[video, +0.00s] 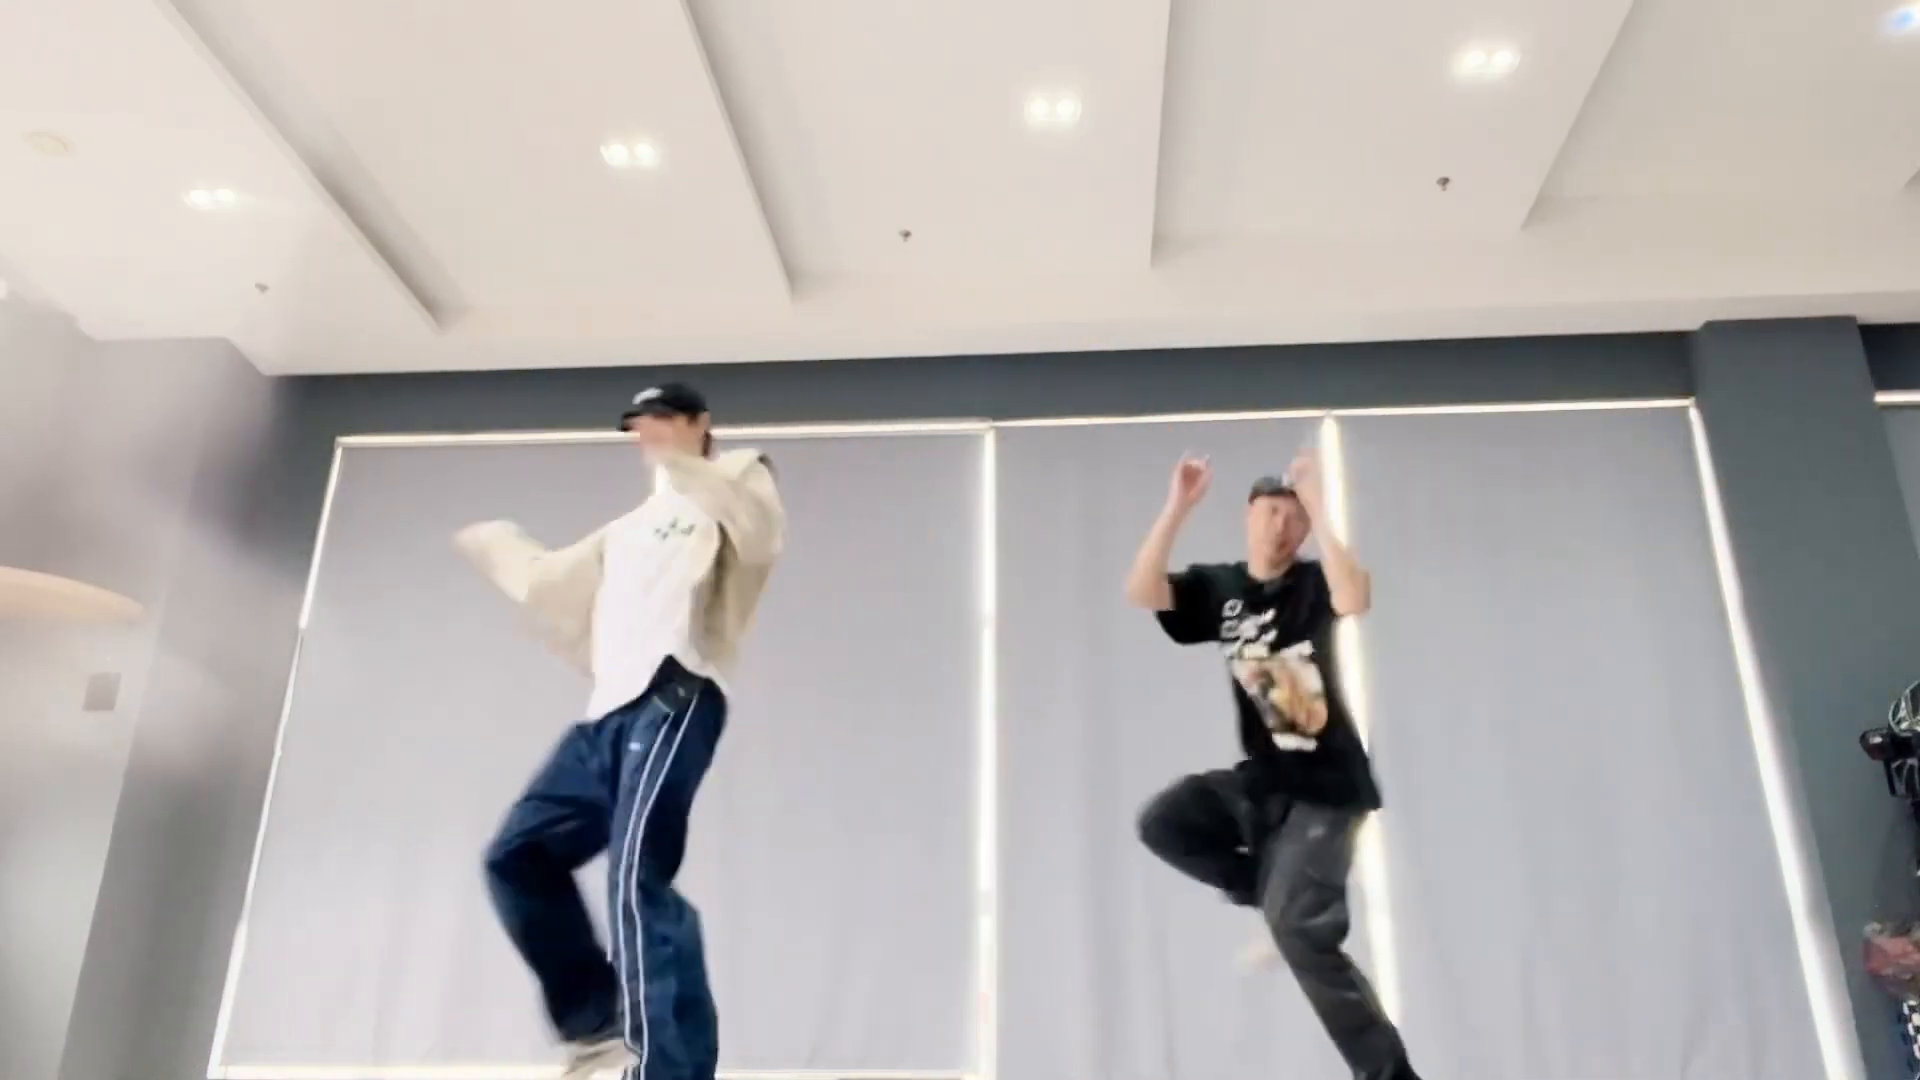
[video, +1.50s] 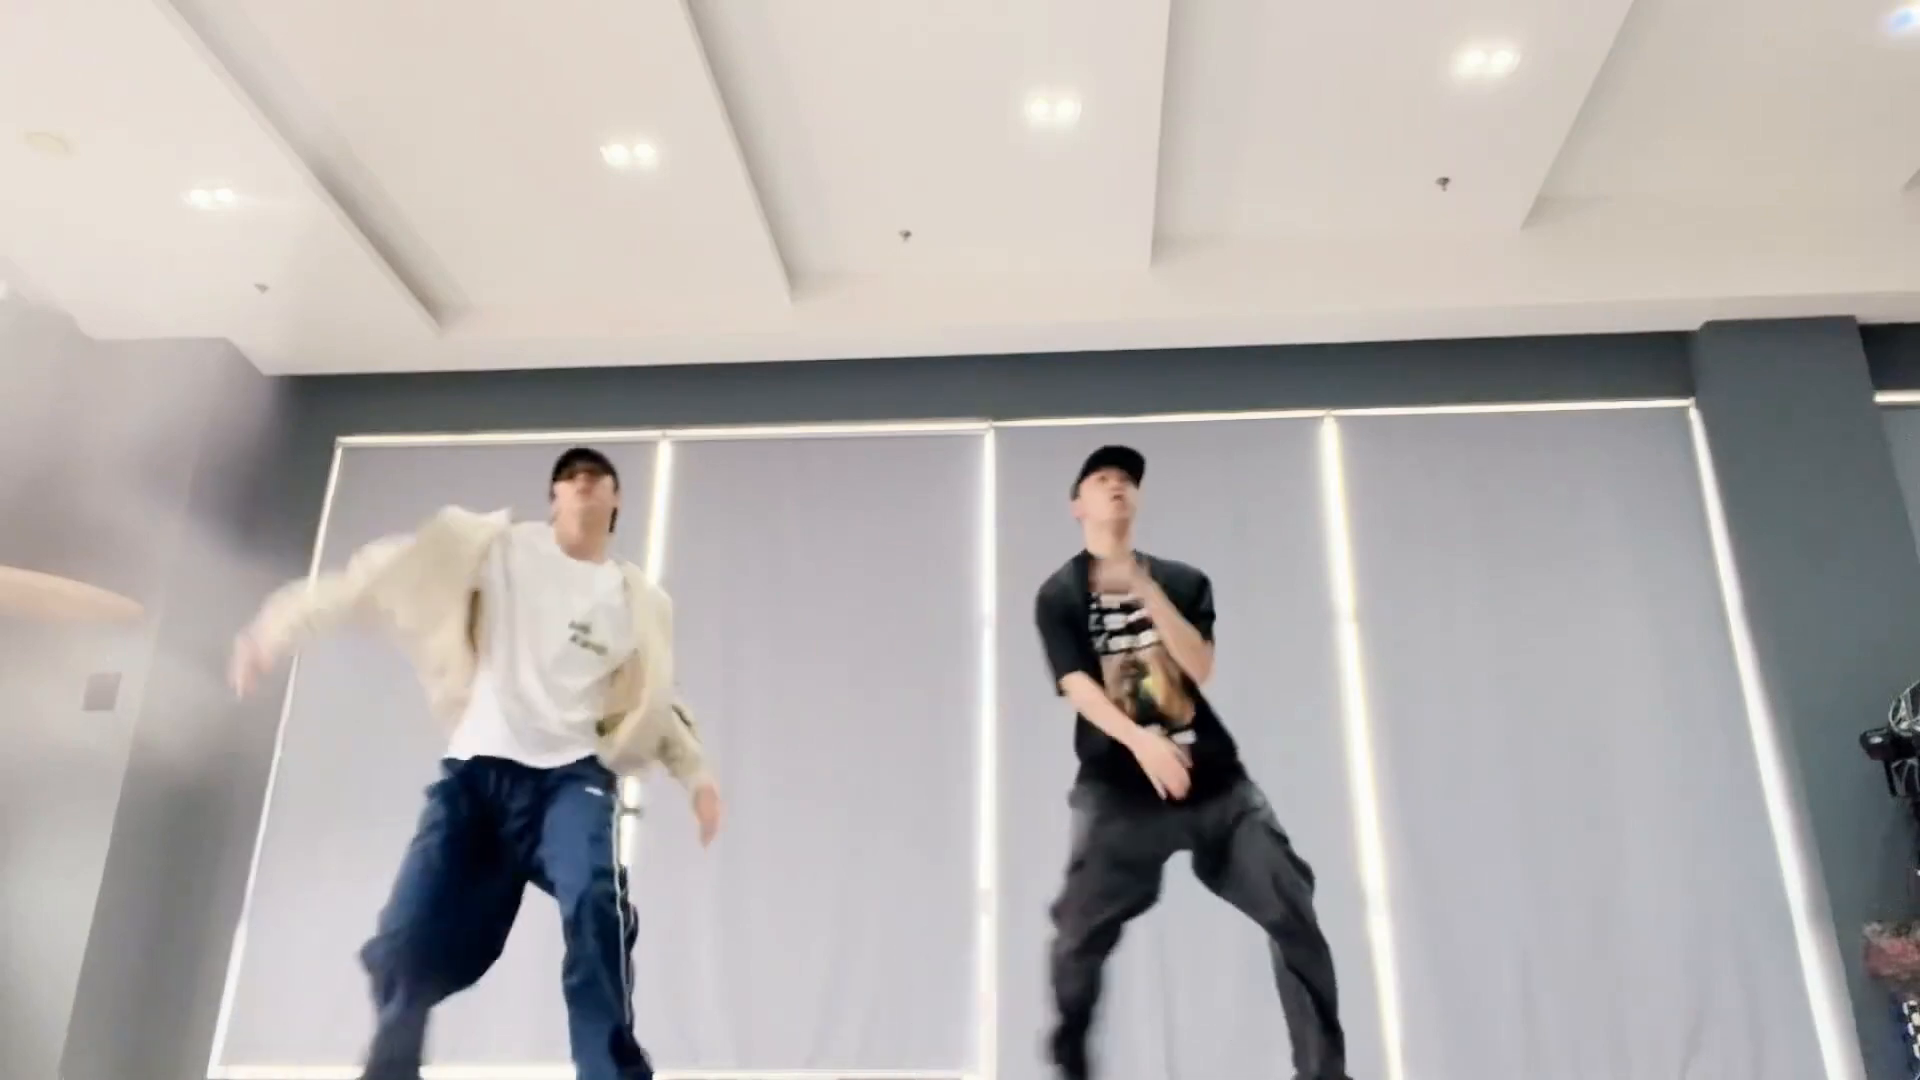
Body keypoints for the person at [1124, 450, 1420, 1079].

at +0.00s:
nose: (1283, 523)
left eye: (1295, 514)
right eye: (1272, 510)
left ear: (1306, 528)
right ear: (1247, 519)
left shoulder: (1319, 580)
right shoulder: (1222, 588)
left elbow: (1353, 600)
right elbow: (1144, 592)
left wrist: (1315, 511)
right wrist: (1176, 508)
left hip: (1327, 792)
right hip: (1260, 784)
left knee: (1295, 921)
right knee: (1164, 822)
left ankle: (1387, 1072)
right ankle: (1284, 900)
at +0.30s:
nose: (1208, 581)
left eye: (1221, 575)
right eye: (1201, 564)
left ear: (1224, 587)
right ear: (1167, 555)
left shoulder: (1192, 661)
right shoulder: (1089, 600)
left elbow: (1211, 780)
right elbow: (1014, 669)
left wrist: (1282, 847)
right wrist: (948, 717)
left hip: (1123, 821)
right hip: (1035, 802)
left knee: (1186, 941)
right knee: (992, 906)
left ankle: (1264, 1070)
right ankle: (983, 1067)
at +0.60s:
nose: (1086, 586)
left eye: (1097, 579)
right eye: (1078, 570)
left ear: (1102, 592)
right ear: (1047, 566)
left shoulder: (1077, 669)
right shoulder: (981, 593)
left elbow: (1026, 696)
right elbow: (909, 645)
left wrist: (1092, 616)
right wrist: (856, 702)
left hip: (988, 803)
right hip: (923, 777)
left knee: (981, 944)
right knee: (930, 915)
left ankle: (900, 1056)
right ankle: (973, 1064)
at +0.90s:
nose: (946, 585)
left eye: (959, 577)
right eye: (936, 573)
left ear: (971, 592)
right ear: (914, 580)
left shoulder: (984, 683)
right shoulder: (869, 651)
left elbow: (952, 780)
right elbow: (830, 743)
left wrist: (890, 767)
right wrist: (843, 753)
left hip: (925, 831)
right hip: (857, 804)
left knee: (866, 963)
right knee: (843, 880)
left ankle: (769, 1050)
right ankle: (795, 1041)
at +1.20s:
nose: (964, 551)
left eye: (974, 541)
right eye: (951, 544)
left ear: (996, 556)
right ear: (935, 563)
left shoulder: (1039, 634)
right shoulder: (917, 642)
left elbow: (1065, 730)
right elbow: (867, 704)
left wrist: (999, 758)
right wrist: (826, 626)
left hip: (1033, 834)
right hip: (938, 844)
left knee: (1137, 878)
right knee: (856, 949)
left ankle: (1171, 1053)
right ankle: (765, 1069)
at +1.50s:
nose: (1116, 492)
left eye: (1125, 485)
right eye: (1102, 485)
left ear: (1139, 505)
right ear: (1077, 507)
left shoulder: (1182, 582)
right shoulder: (1059, 596)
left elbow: (1200, 669)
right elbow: (1075, 686)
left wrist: (1148, 593)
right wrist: (1143, 743)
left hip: (1208, 775)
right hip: (1115, 783)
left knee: (1289, 901)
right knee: (1082, 922)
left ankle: (1324, 1069)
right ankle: (1069, 1060)